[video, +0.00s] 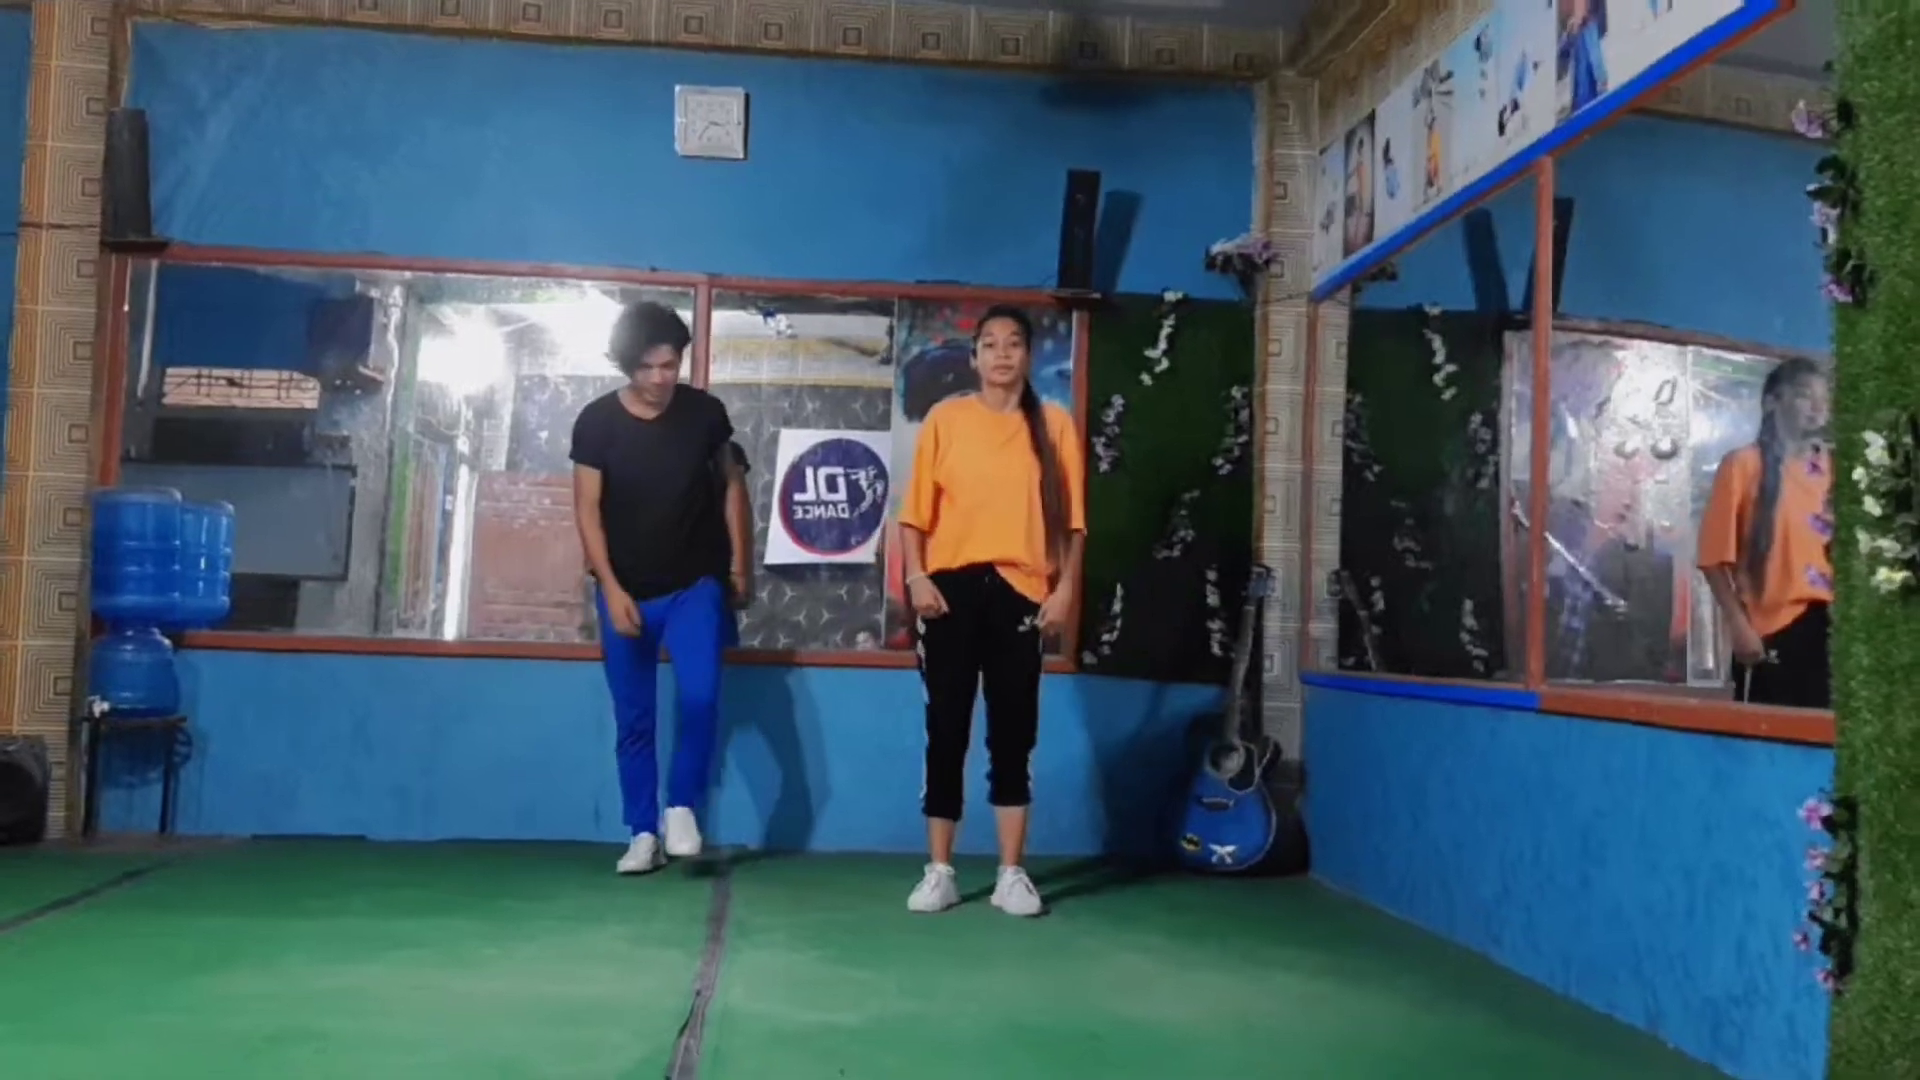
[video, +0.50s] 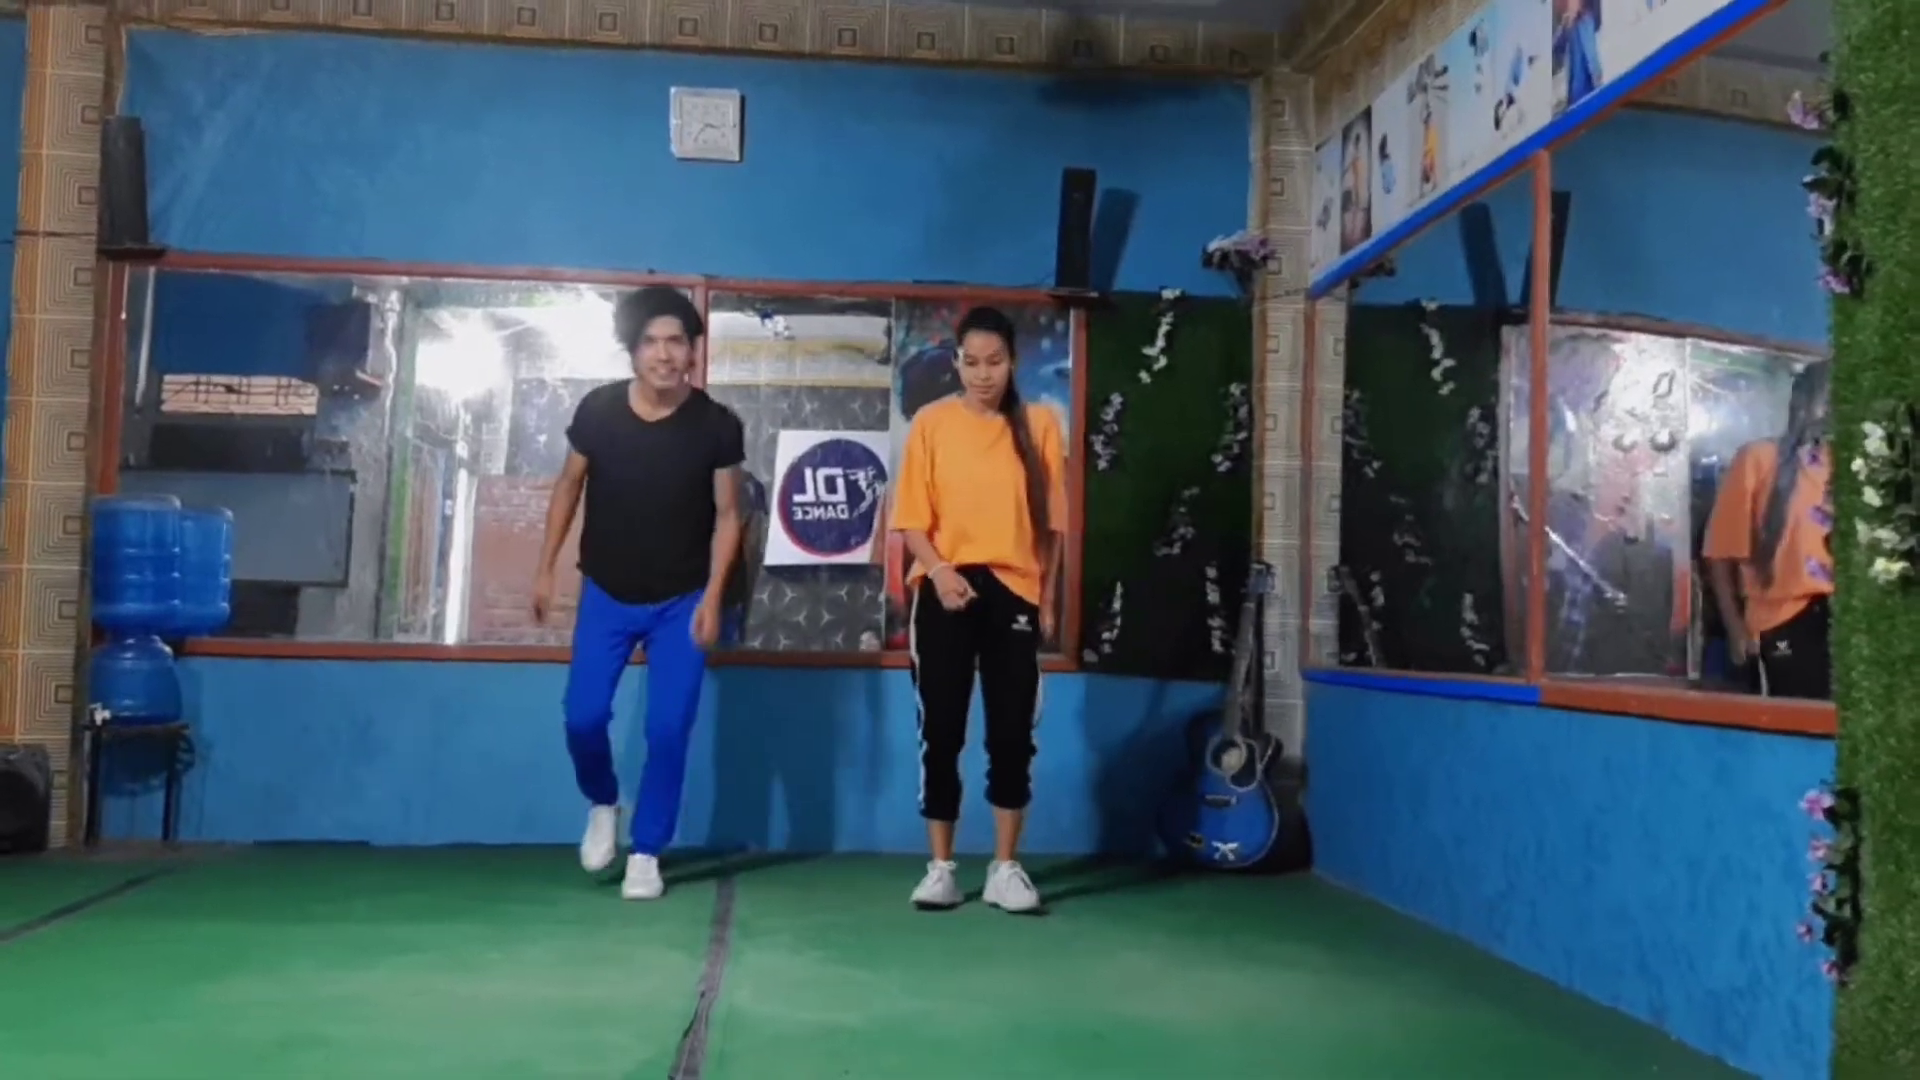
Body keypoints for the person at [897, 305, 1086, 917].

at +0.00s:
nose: (1001, 355)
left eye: (1013, 345)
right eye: (990, 345)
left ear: (1030, 356)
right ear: (974, 356)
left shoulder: (1054, 424)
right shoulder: (944, 419)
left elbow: (1073, 521)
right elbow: (913, 513)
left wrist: (1065, 588)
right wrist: (916, 576)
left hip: (1020, 590)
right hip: (950, 588)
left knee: (1013, 737)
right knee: (945, 736)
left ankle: (1011, 873)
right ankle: (939, 869)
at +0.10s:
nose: (993, 353)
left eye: (1005, 344)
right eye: (982, 344)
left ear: (1023, 354)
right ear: (968, 353)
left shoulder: (1049, 422)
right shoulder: (938, 418)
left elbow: (1072, 515)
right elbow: (906, 511)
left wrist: (1064, 582)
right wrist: (913, 571)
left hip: (1016, 589)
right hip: (946, 587)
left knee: (1011, 735)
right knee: (945, 735)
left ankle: (1012, 872)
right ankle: (940, 869)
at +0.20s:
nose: (993, 358)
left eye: (1005, 348)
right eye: (982, 348)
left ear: (1022, 358)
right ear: (967, 357)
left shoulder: (1048, 426)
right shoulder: (937, 422)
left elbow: (1070, 520)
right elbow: (905, 515)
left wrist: (1064, 587)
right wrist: (913, 576)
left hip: (1015, 593)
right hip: (945, 591)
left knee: (1009, 739)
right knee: (942, 739)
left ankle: (1008, 875)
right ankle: (936, 871)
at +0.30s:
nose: (992, 360)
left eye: (1004, 350)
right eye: (981, 350)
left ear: (1022, 358)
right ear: (967, 358)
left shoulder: (1049, 426)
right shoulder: (939, 423)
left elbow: (1072, 522)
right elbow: (910, 518)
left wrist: (1063, 591)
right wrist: (922, 580)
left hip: (1020, 592)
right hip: (950, 591)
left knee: (1015, 739)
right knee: (949, 738)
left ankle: (1017, 874)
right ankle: (945, 870)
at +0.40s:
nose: (991, 365)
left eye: (1002, 354)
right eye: (980, 354)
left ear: (1020, 359)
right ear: (964, 358)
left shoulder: (1044, 424)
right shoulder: (936, 421)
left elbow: (1057, 521)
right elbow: (912, 513)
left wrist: (1050, 592)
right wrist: (933, 575)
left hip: (1018, 591)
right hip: (949, 588)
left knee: (1013, 736)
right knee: (945, 734)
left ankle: (1014, 871)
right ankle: (942, 865)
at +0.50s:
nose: (984, 371)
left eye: (995, 359)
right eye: (973, 359)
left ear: (1012, 362)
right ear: (958, 362)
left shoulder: (1039, 426)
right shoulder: (930, 424)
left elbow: (1053, 526)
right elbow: (910, 519)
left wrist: (1044, 598)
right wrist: (937, 569)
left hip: (1014, 591)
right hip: (945, 588)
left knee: (1011, 735)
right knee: (941, 734)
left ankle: (1005, 868)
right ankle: (941, 866)